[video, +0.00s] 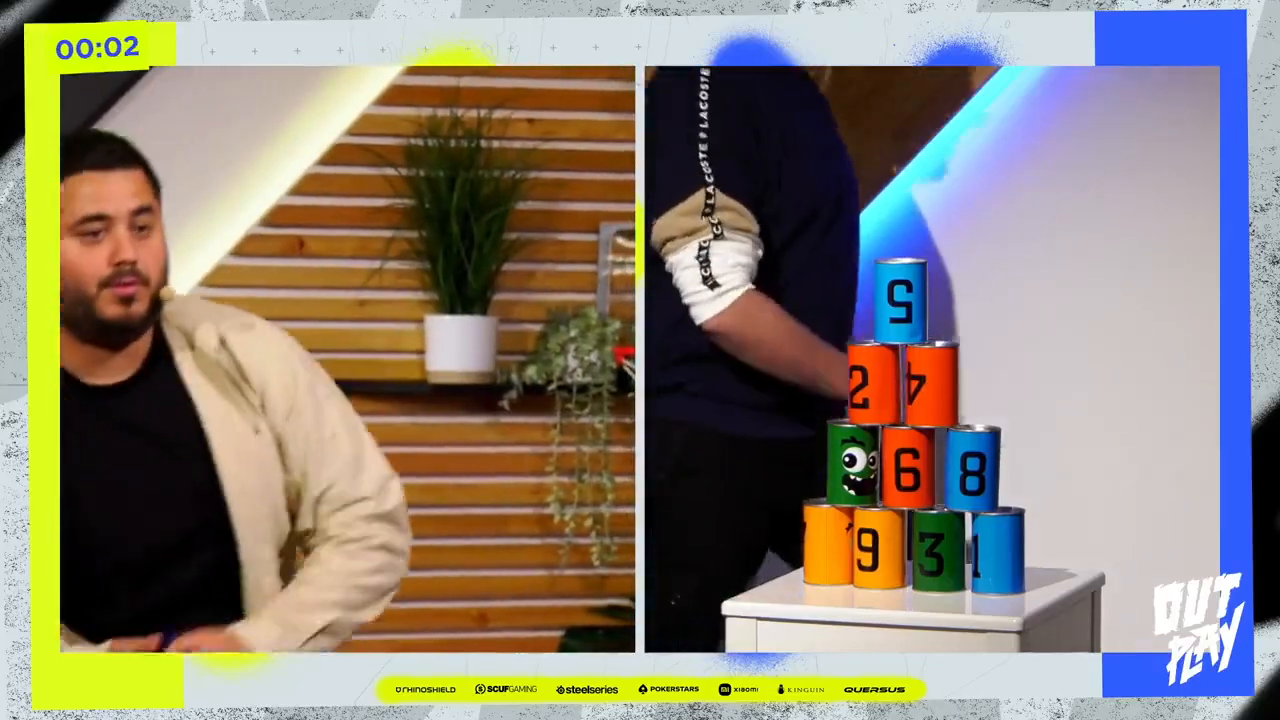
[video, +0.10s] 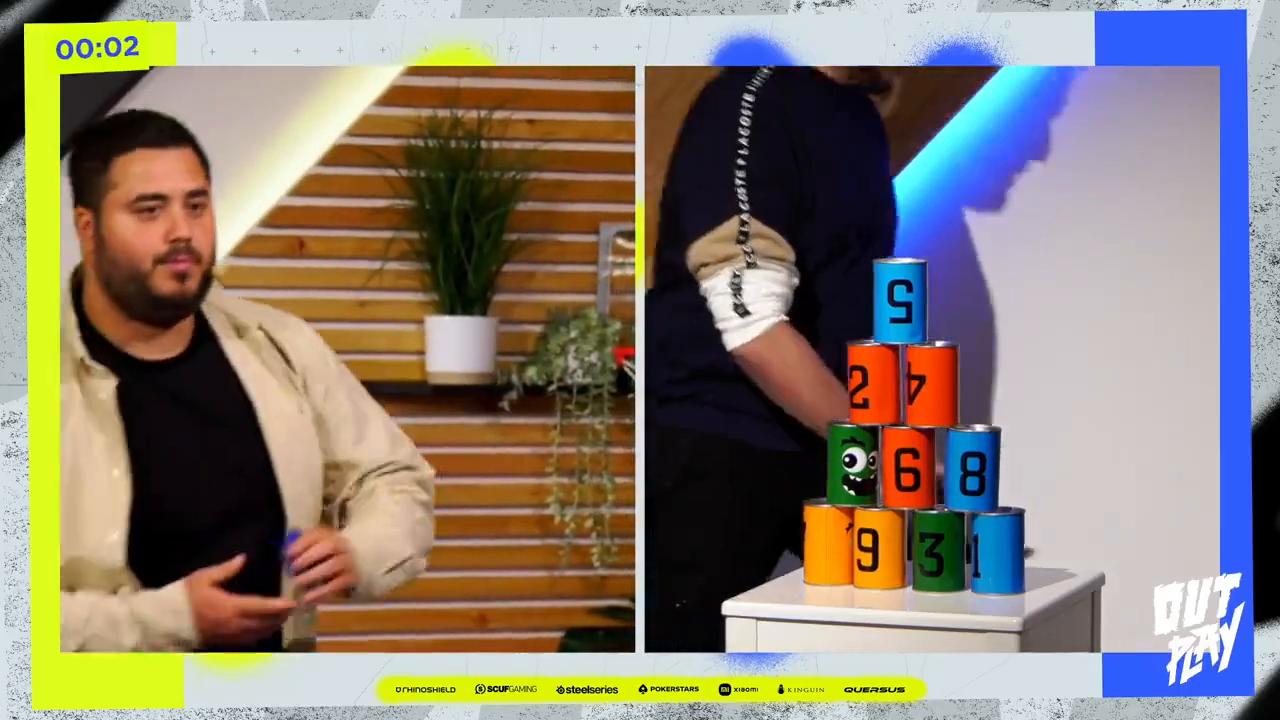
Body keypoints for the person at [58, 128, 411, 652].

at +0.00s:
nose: (125, 255)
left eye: (141, 226)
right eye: (92, 233)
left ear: (163, 234)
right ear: (39, 250)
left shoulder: (247, 354)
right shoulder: (18, 386)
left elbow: (371, 527)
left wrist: (252, 643)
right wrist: (83, 662)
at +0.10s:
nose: (181, 233)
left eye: (196, 206)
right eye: (148, 210)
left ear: (214, 214)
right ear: (87, 228)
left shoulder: (281, 345)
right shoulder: (31, 374)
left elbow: (396, 476)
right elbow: (10, 618)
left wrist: (359, 553)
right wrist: (173, 619)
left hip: (274, 702)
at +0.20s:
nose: (227, 227)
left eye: (240, 202)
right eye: (194, 203)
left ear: (256, 214)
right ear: (132, 223)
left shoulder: (299, 356)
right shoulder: (69, 370)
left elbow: (369, 495)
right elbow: (49, 580)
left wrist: (423, 539)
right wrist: (248, 579)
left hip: (294, 691)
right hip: (128, 693)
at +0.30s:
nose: (264, 227)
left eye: (277, 204)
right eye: (232, 203)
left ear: (291, 220)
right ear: (168, 222)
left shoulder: (293, 354)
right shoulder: (113, 355)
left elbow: (365, 523)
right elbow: (105, 546)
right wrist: (319, 546)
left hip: (298, 687)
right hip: (159, 693)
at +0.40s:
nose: (284, 235)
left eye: (297, 213)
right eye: (254, 211)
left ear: (312, 227)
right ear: (189, 226)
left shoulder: (289, 365)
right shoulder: (136, 348)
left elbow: (334, 567)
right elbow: (160, 513)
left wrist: (426, 672)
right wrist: (372, 518)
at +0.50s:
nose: (292, 244)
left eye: (303, 221)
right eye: (261, 220)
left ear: (316, 235)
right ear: (198, 237)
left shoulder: (290, 386)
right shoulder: (159, 349)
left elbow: (294, 598)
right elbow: (186, 479)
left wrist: (383, 689)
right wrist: (402, 507)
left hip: (249, 697)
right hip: (125, 696)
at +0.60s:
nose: (293, 250)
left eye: (304, 228)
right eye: (261, 227)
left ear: (317, 240)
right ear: (199, 246)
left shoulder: (278, 393)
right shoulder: (167, 353)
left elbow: (232, 581)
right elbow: (173, 459)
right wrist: (361, 511)